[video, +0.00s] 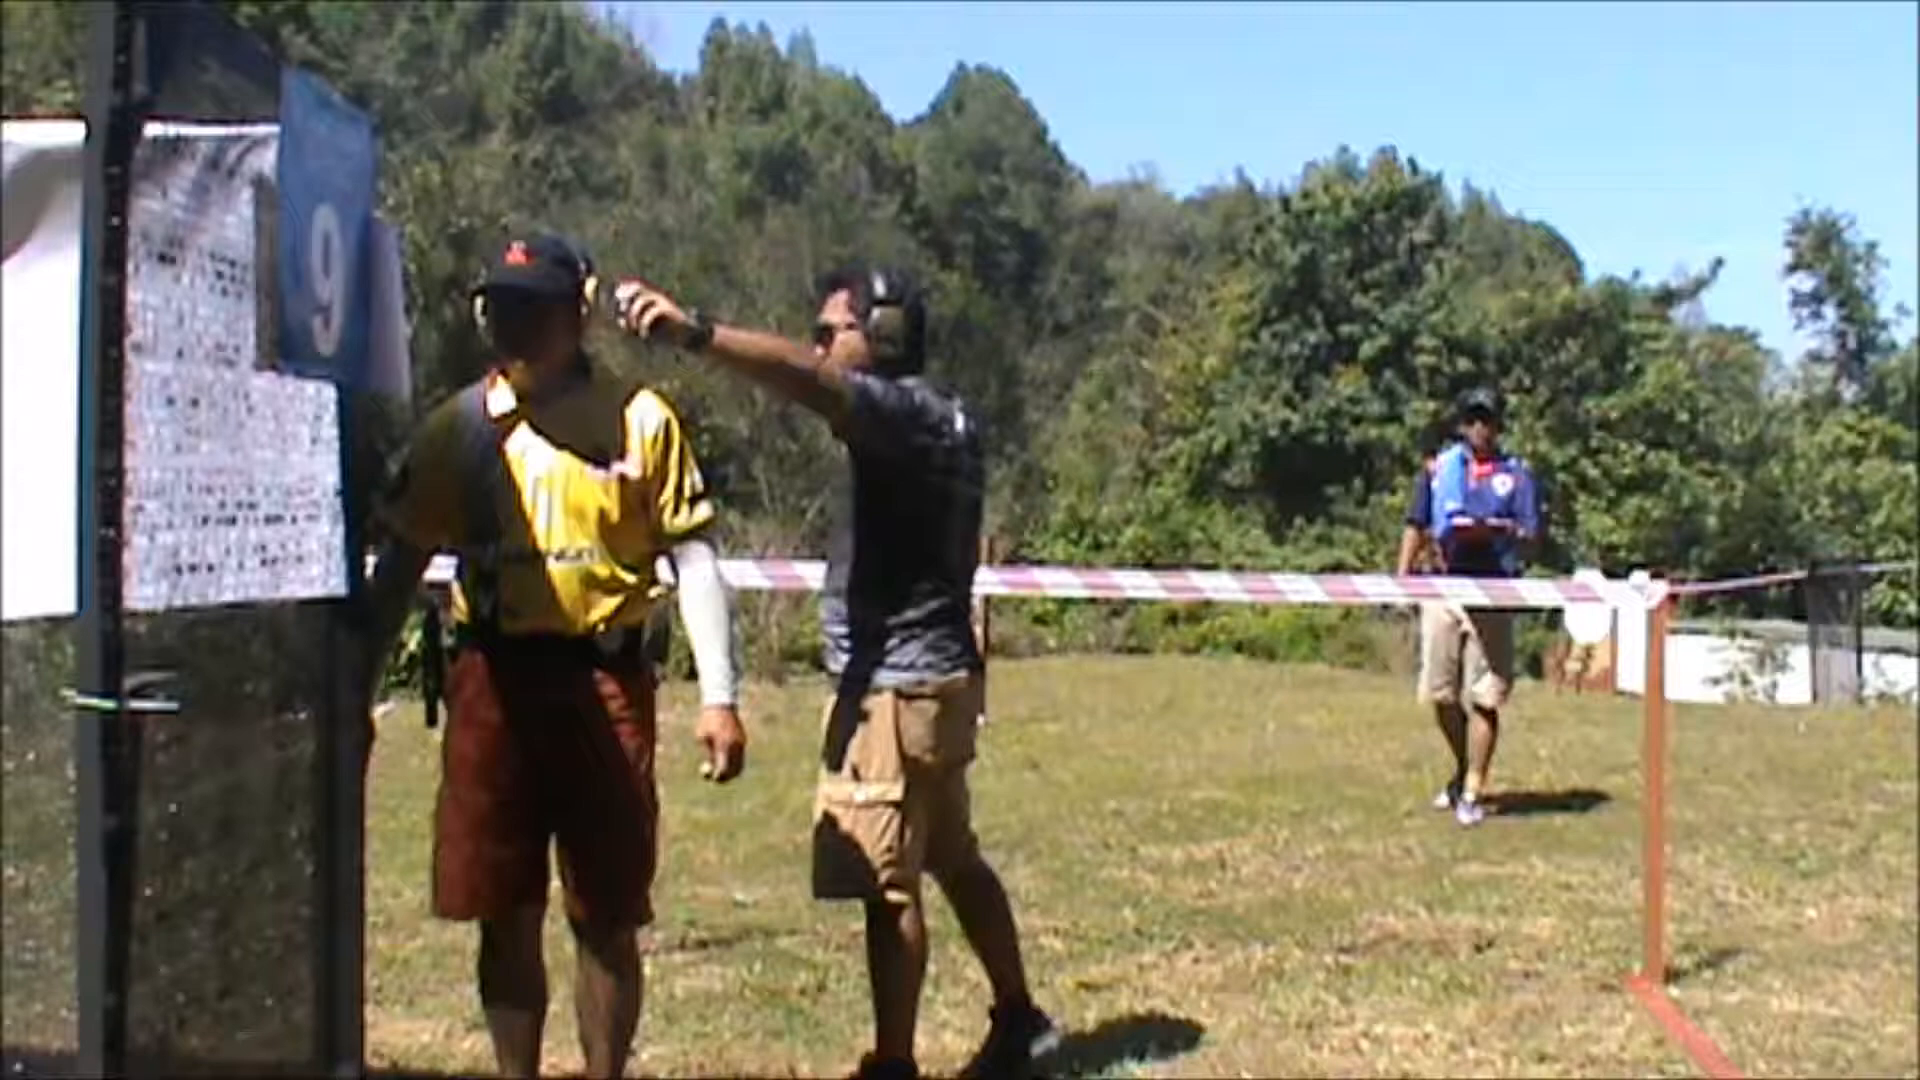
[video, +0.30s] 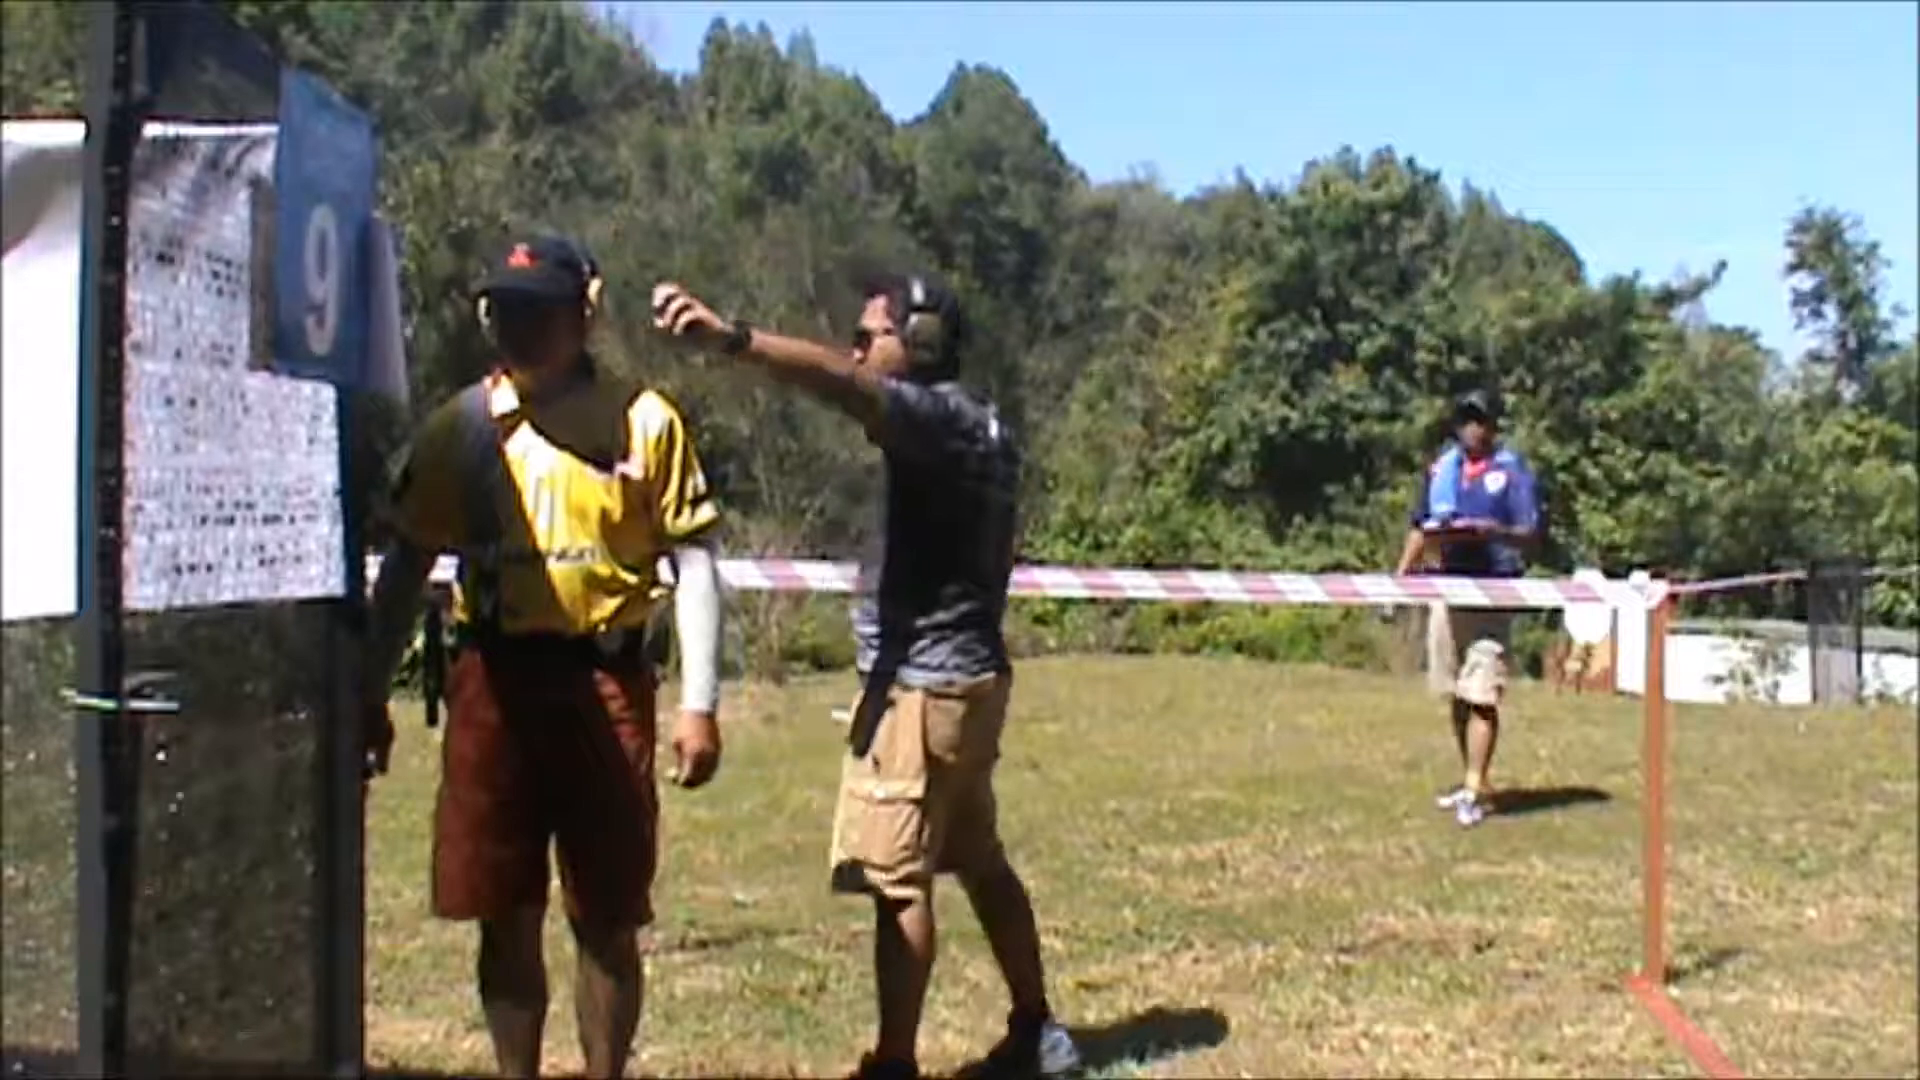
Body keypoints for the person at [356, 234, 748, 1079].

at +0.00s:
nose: (507, 322)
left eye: (528, 306)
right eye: (498, 304)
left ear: (576, 314)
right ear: (486, 310)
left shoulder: (642, 422)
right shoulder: (461, 425)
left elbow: (693, 558)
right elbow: (400, 563)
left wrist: (719, 694)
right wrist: (353, 694)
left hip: (605, 689)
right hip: (495, 690)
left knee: (605, 922)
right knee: (504, 915)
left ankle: (606, 1072)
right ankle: (515, 1072)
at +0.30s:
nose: (514, 327)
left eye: (536, 310)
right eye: (503, 309)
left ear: (584, 317)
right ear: (488, 313)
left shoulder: (645, 423)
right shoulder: (463, 425)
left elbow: (695, 563)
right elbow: (407, 564)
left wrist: (699, 699)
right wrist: (370, 694)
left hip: (607, 691)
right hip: (495, 692)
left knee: (607, 925)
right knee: (504, 917)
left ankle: (605, 1072)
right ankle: (517, 1072)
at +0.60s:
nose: (513, 328)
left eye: (535, 313)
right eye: (504, 309)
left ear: (585, 319)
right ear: (491, 312)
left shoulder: (646, 423)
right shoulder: (466, 424)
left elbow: (693, 564)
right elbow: (405, 564)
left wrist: (696, 700)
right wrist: (370, 695)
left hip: (606, 693)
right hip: (496, 692)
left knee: (606, 922)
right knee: (503, 915)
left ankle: (605, 1072)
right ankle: (516, 1072)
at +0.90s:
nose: (512, 333)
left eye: (534, 317)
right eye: (502, 314)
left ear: (584, 321)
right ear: (487, 314)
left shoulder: (643, 423)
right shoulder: (463, 425)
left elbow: (690, 563)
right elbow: (404, 565)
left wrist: (693, 700)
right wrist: (370, 696)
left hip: (605, 694)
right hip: (495, 694)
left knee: (606, 923)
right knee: (503, 916)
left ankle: (606, 1072)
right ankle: (517, 1072)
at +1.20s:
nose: (511, 333)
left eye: (532, 319)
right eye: (502, 315)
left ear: (582, 324)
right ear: (488, 315)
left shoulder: (643, 423)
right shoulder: (464, 426)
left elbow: (691, 563)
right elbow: (405, 566)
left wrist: (694, 698)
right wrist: (370, 696)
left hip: (605, 693)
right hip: (495, 693)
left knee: (606, 924)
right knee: (503, 915)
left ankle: (604, 1072)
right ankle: (517, 1072)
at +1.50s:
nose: (515, 335)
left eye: (535, 320)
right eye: (505, 318)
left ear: (585, 323)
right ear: (490, 317)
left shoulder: (645, 423)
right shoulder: (464, 425)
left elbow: (692, 561)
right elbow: (404, 564)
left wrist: (696, 697)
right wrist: (370, 695)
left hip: (606, 694)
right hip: (496, 694)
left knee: (606, 924)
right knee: (503, 915)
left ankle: (605, 1072)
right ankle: (517, 1072)